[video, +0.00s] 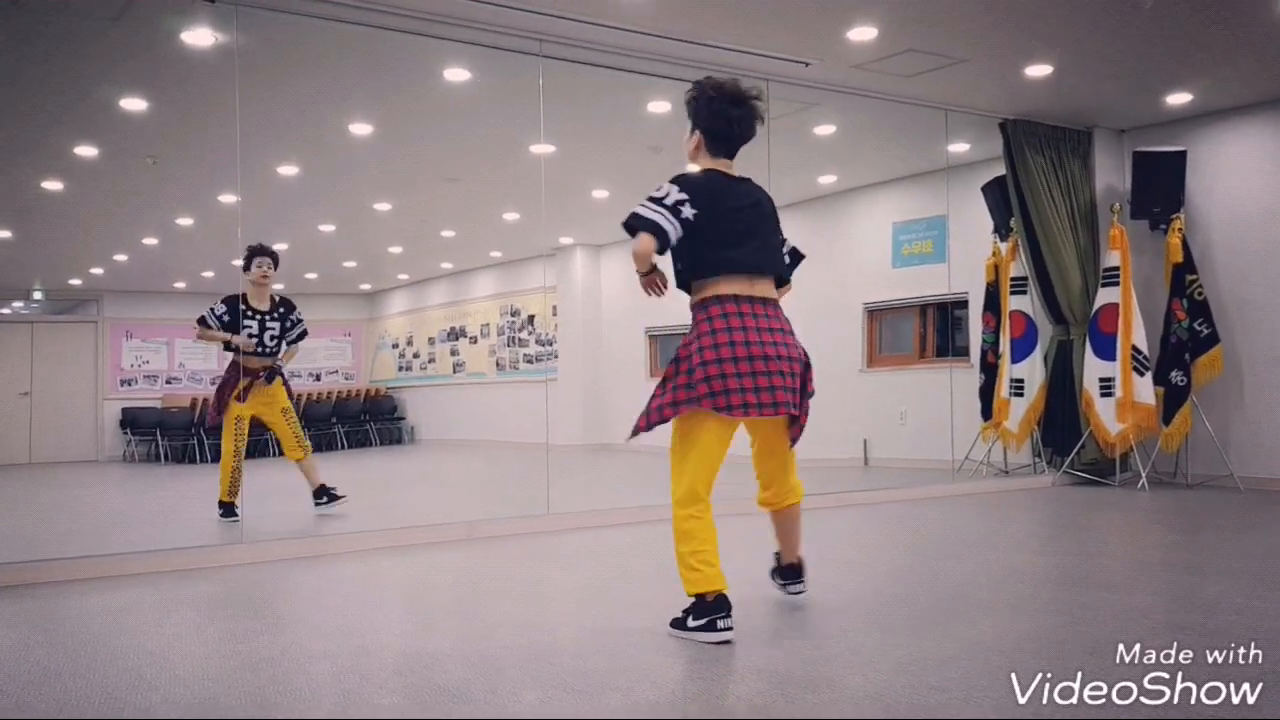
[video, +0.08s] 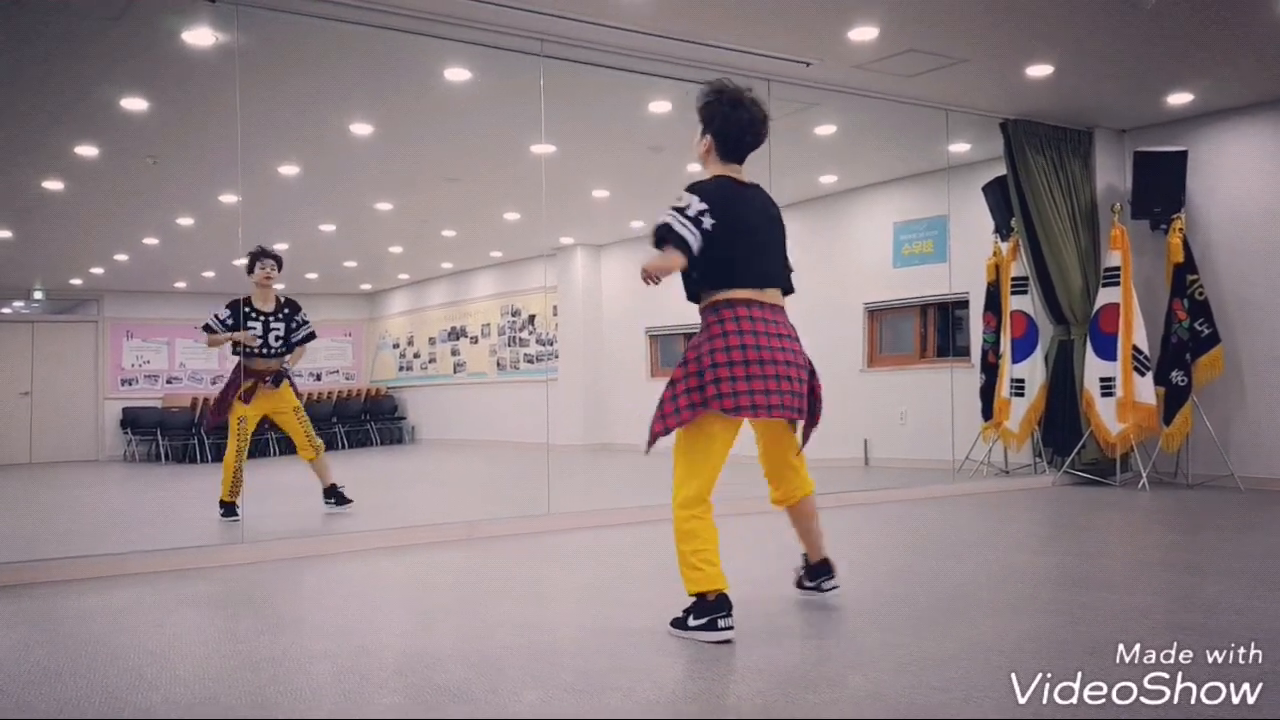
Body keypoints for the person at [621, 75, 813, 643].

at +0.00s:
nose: (686, 139)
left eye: (688, 130)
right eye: (691, 130)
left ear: (696, 137)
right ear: (741, 142)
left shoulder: (684, 189)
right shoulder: (759, 198)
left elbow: (645, 245)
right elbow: (786, 272)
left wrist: (645, 269)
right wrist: (752, 304)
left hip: (715, 341)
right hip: (775, 338)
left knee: (691, 488)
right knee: (778, 467)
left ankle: (709, 601)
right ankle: (792, 564)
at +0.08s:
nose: (696, 142)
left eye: (699, 134)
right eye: (699, 134)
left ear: (706, 141)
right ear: (751, 146)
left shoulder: (704, 195)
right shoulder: (767, 203)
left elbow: (674, 257)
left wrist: (654, 266)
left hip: (725, 340)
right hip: (779, 338)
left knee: (692, 487)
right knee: (786, 464)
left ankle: (709, 599)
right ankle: (819, 561)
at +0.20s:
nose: (719, 145)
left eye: (722, 136)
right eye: (721, 135)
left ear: (733, 143)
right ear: (770, 147)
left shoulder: (742, 200)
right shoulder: (782, 201)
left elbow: (738, 285)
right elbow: (787, 286)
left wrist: (680, 265)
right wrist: (710, 275)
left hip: (756, 340)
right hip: (797, 340)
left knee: (713, 480)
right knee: (802, 475)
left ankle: (715, 599)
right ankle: (858, 567)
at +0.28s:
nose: (730, 139)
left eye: (734, 130)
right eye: (734, 129)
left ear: (745, 138)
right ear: (781, 141)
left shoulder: (763, 197)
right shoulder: (791, 196)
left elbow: (760, 281)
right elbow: (803, 281)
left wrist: (697, 261)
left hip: (780, 343)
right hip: (812, 341)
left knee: (741, 471)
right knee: (819, 470)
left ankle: (726, 589)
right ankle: (863, 575)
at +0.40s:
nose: (756, 135)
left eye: (758, 125)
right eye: (759, 125)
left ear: (769, 132)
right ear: (805, 132)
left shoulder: (785, 192)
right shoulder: (818, 188)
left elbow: (773, 275)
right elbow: (827, 266)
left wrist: (712, 244)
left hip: (807, 328)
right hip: (844, 323)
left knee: (798, 459)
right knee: (852, 459)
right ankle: (869, 576)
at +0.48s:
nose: (767, 135)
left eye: (768, 126)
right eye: (769, 125)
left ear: (778, 131)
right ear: (817, 130)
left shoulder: (790, 189)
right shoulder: (834, 182)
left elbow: (763, 270)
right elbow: (856, 236)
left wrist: (709, 237)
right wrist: (820, 262)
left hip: (816, 321)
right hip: (854, 315)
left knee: (820, 464)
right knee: (859, 453)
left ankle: (875, 569)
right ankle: (871, 565)